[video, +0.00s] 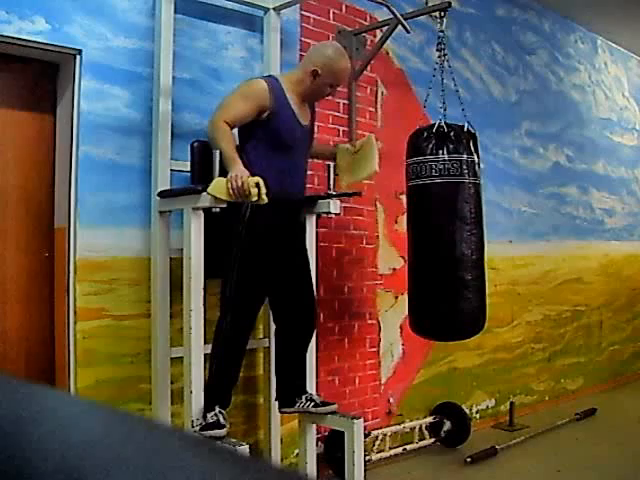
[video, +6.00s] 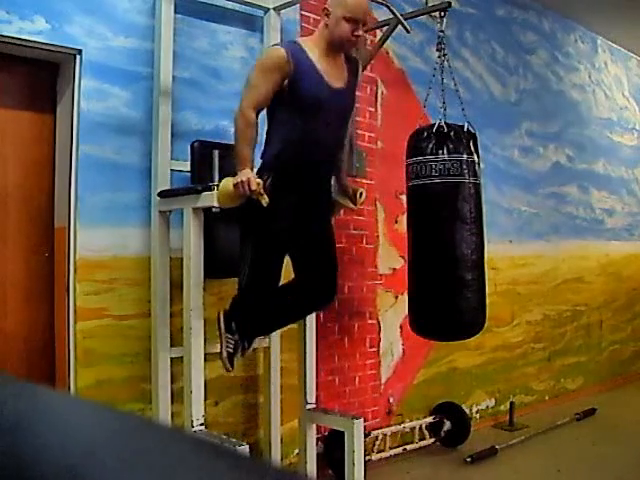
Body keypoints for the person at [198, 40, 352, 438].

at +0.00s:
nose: (329, 96)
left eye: (333, 90)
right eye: (330, 87)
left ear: (318, 77)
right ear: (313, 72)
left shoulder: (304, 106)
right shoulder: (263, 91)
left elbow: (297, 147)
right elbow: (219, 123)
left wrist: (341, 151)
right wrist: (236, 166)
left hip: (287, 222)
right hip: (251, 220)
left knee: (299, 312)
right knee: (238, 316)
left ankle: (292, 396)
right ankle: (214, 410)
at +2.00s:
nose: (321, 70)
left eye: (330, 66)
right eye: (318, 60)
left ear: (340, 63)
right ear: (307, 44)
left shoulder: (329, 88)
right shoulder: (261, 76)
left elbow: (322, 136)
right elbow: (224, 117)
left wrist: (339, 175)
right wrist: (235, 157)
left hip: (303, 211)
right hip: (258, 208)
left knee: (313, 306)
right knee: (239, 308)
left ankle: (298, 382)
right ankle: (213, 405)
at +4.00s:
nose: (337, 46)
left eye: (342, 39)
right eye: (331, 36)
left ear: (346, 36)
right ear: (309, 24)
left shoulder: (335, 69)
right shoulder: (268, 56)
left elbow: (332, 124)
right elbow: (245, 113)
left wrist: (338, 178)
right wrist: (246, 168)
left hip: (312, 194)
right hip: (271, 192)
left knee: (328, 288)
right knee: (260, 294)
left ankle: (304, 373)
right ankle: (226, 391)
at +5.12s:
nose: (363, 96)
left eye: (367, 88)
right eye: (356, 86)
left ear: (368, 87)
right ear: (330, 78)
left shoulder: (352, 117)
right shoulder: (288, 102)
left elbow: (336, 152)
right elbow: (231, 118)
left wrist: (342, 181)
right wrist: (242, 171)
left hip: (302, 233)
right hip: (262, 228)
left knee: (325, 322)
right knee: (276, 326)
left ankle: (266, 393)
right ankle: (255, 394)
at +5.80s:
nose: (368, 76)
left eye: (372, 67)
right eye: (361, 65)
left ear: (372, 68)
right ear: (336, 60)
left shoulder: (357, 107)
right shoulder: (293, 96)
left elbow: (327, 153)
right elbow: (235, 116)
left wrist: (338, 185)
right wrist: (242, 170)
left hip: (308, 227)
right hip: (268, 223)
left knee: (318, 322)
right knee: (258, 319)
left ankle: (241, 357)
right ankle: (239, 361)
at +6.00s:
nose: (357, 32)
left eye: (363, 26)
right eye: (352, 22)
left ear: (365, 30)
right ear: (327, 14)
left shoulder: (350, 66)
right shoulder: (283, 58)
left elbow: (338, 129)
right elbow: (247, 111)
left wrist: (342, 179)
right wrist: (244, 167)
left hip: (315, 193)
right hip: (275, 189)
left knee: (320, 287)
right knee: (260, 279)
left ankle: (243, 323)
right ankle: (241, 330)